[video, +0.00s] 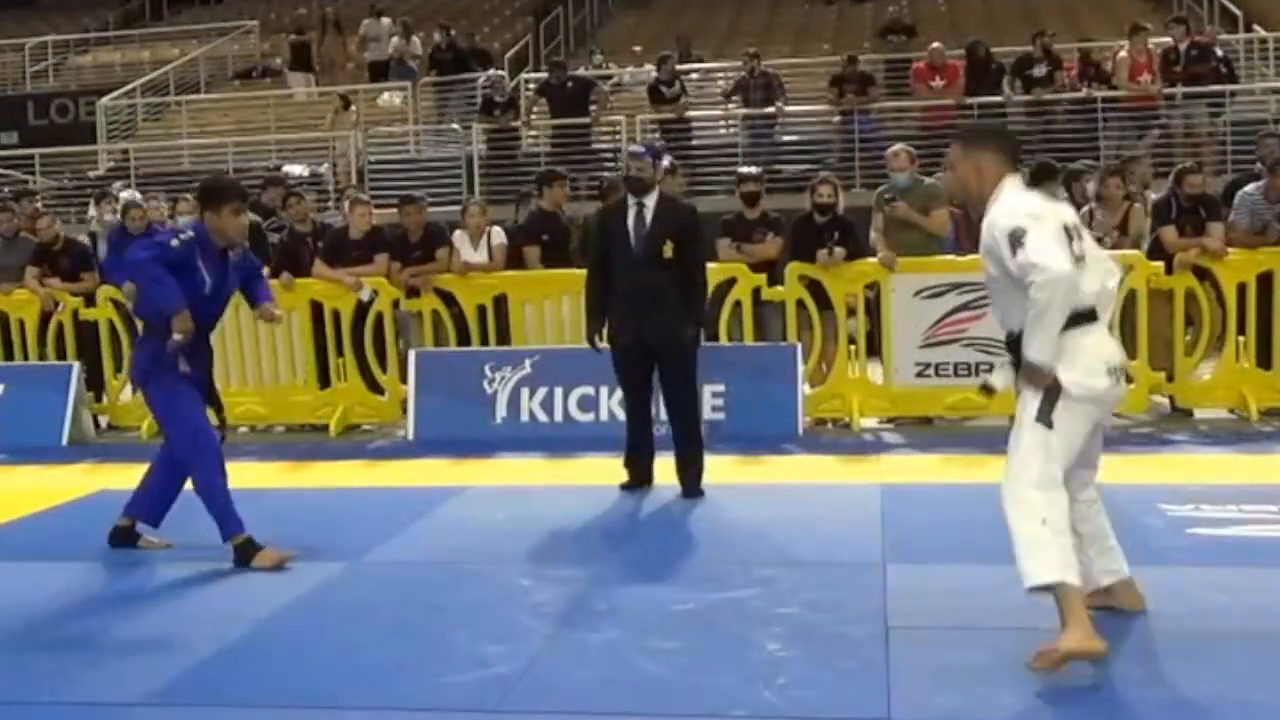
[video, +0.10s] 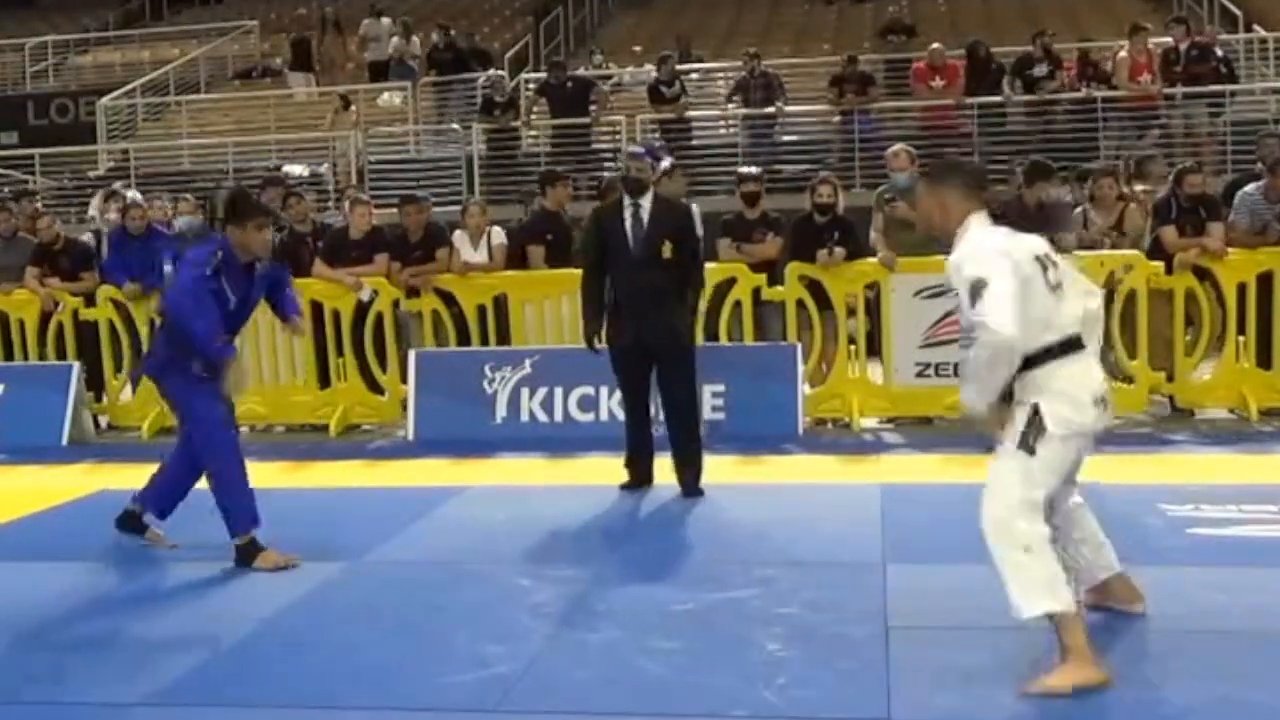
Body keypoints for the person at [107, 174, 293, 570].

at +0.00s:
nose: (246, 222)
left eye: (245, 214)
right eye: (237, 215)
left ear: (234, 216)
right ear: (212, 217)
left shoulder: (235, 250)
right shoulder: (185, 242)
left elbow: (253, 276)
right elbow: (138, 261)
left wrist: (263, 302)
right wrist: (175, 308)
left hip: (194, 359)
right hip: (160, 359)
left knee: (186, 441)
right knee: (201, 441)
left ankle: (129, 525)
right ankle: (241, 543)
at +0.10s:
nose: (269, 239)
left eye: (270, 230)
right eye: (262, 231)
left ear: (259, 231)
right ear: (237, 230)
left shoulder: (260, 263)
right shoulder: (204, 257)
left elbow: (277, 284)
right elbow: (181, 300)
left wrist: (290, 312)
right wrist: (220, 349)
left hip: (208, 362)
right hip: (175, 360)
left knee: (202, 440)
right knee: (218, 433)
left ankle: (138, 512)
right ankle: (245, 541)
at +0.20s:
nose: (285, 247)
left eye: (286, 239)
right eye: (278, 239)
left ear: (285, 239)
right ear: (253, 239)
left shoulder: (275, 270)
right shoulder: (216, 272)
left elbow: (287, 294)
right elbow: (208, 335)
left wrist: (299, 324)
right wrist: (261, 373)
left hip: (218, 355)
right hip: (182, 357)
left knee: (225, 436)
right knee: (224, 435)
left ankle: (156, 501)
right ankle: (246, 543)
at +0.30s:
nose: (307, 261)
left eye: (309, 253)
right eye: (301, 253)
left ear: (305, 251)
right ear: (277, 249)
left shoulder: (291, 275)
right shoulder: (232, 279)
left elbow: (292, 307)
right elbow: (222, 351)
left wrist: (301, 334)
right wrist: (279, 381)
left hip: (229, 353)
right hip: (192, 357)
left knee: (254, 433)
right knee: (233, 436)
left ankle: (192, 495)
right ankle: (246, 544)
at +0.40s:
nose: (328, 266)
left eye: (331, 258)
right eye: (321, 257)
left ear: (332, 256)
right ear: (296, 253)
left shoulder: (305, 276)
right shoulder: (253, 280)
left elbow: (299, 309)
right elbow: (233, 351)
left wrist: (302, 339)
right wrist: (282, 388)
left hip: (241, 347)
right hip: (204, 351)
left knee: (275, 427)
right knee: (238, 436)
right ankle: (246, 543)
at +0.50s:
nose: (350, 268)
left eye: (353, 260)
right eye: (344, 259)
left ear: (352, 259)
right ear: (319, 255)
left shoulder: (326, 277)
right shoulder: (271, 279)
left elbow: (310, 308)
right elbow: (240, 344)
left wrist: (313, 339)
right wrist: (279, 389)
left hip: (260, 344)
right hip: (221, 348)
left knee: (291, 419)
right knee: (244, 439)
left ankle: (299, 512)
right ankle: (247, 545)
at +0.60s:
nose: (368, 272)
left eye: (371, 264)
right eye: (362, 263)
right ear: (337, 259)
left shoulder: (343, 282)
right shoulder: (289, 279)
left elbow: (330, 311)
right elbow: (243, 335)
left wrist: (331, 343)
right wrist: (275, 386)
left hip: (279, 347)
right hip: (240, 347)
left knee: (312, 428)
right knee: (266, 437)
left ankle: (318, 521)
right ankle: (251, 542)